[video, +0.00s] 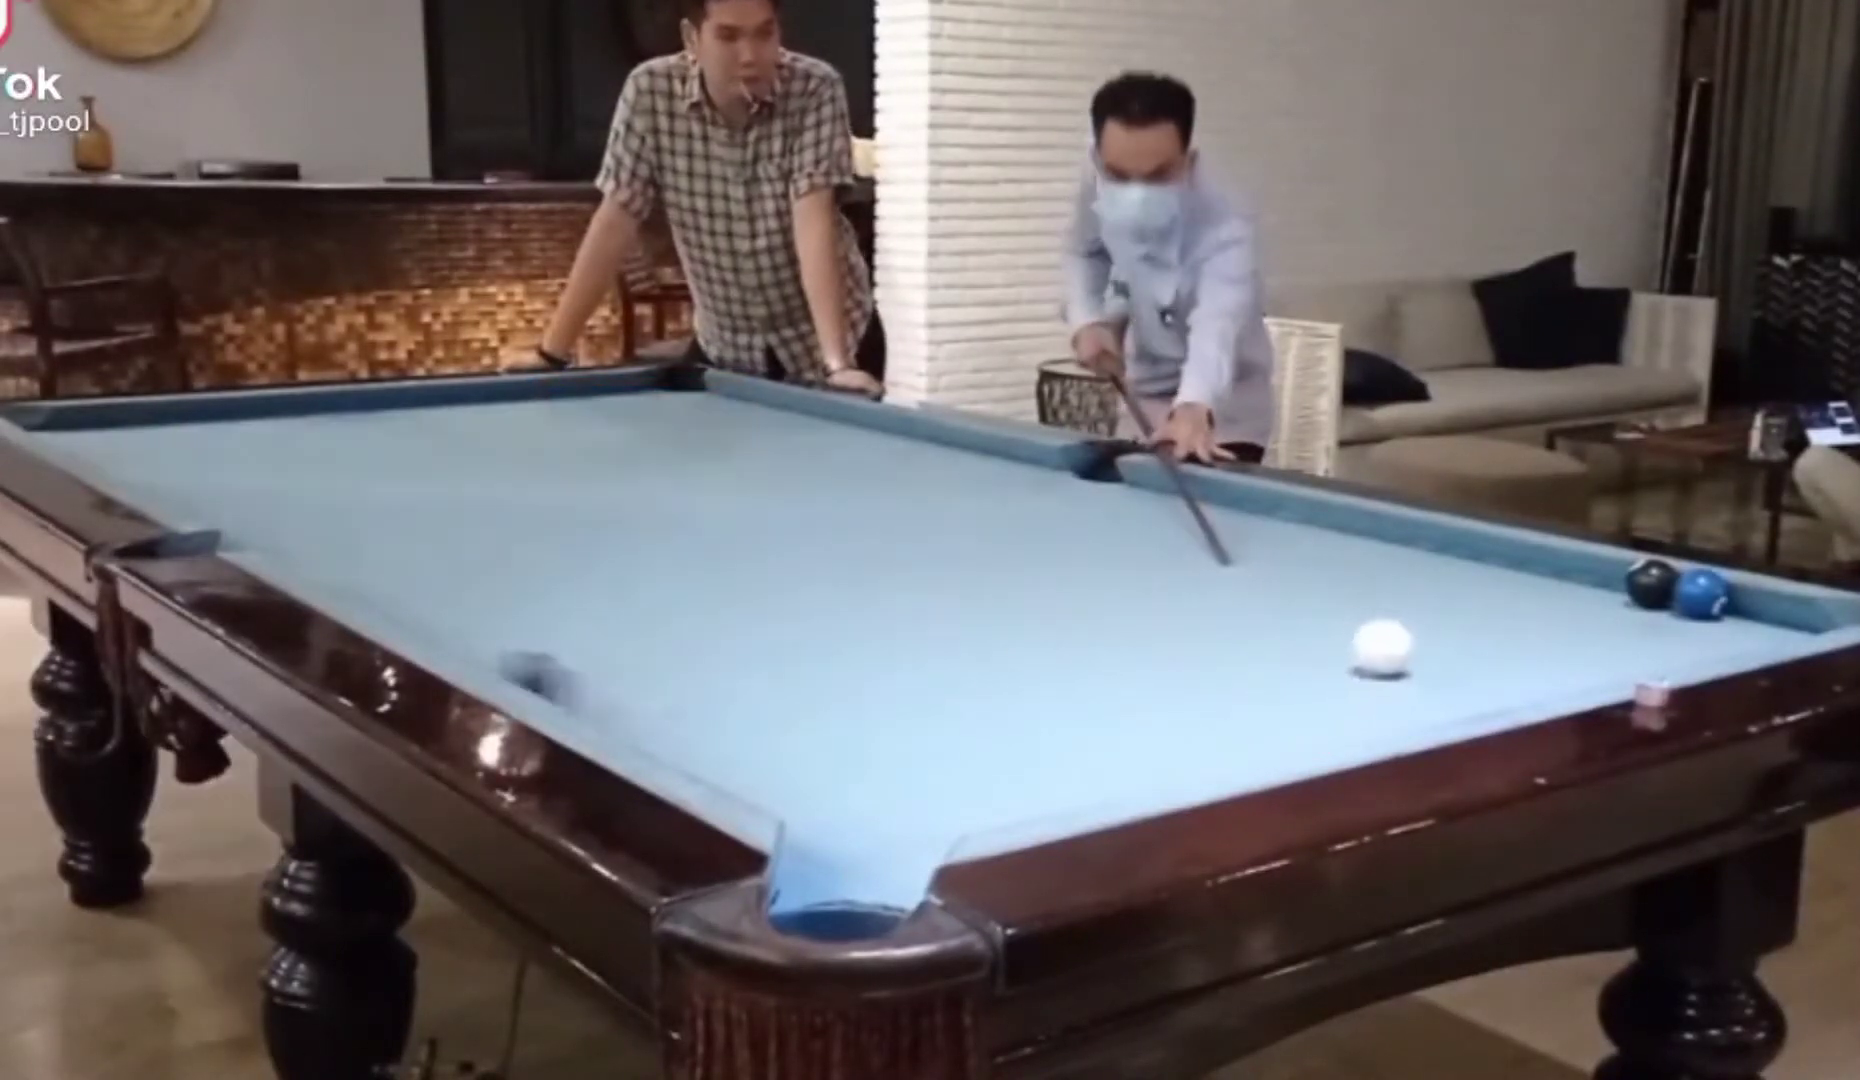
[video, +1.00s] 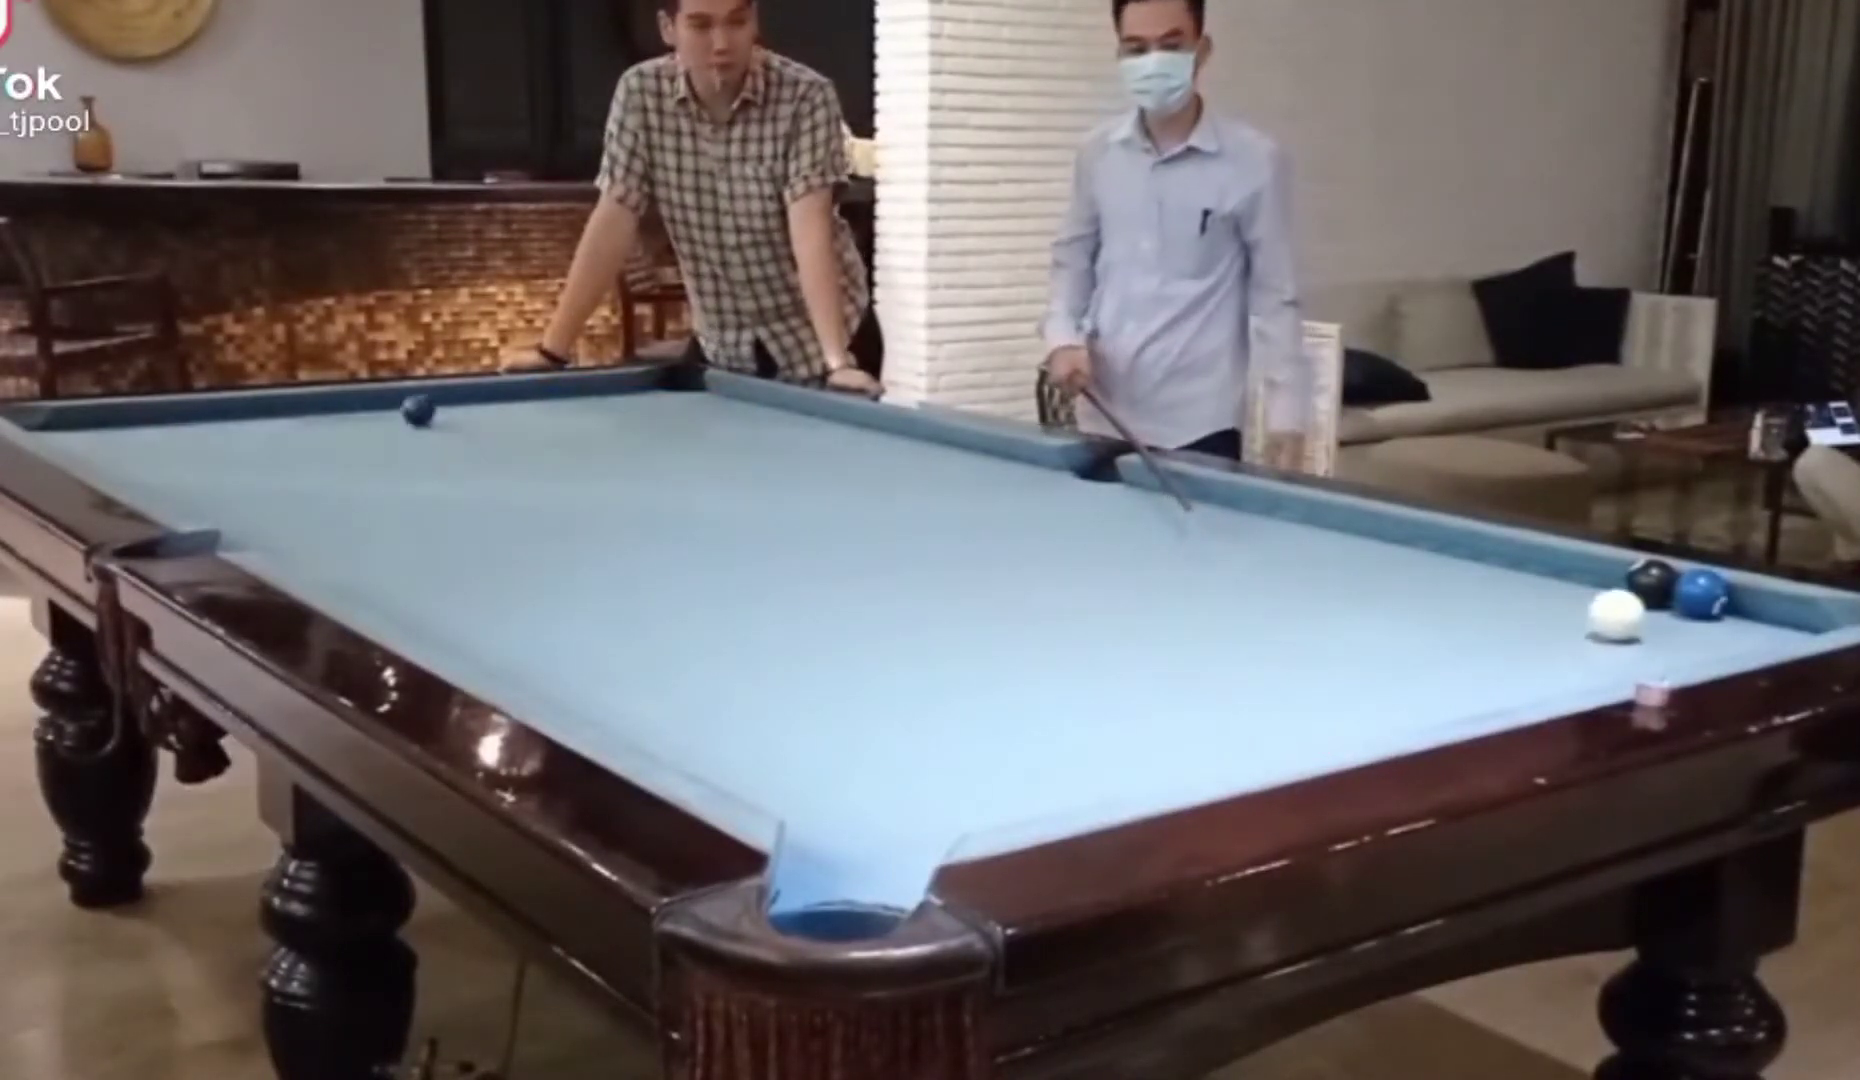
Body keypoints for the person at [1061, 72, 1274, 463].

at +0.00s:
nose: (1138, 195)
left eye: (1159, 177)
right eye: (1119, 177)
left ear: (1189, 161)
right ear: (1096, 160)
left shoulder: (1223, 226)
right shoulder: (1096, 198)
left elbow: (1218, 319)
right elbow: (1085, 254)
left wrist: (1194, 405)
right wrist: (1087, 323)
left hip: (1230, 387)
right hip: (1147, 382)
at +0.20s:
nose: (1127, 119)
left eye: (1148, 100)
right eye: (1111, 101)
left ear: (1185, 100)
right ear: (1095, 99)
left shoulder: (1226, 192)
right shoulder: (1103, 167)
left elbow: (1245, 328)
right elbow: (1092, 248)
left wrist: (1208, 429)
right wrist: (1092, 325)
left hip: (1218, 400)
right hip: (1136, 391)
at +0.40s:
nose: (1118, 83)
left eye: (1138, 62)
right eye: (1105, 65)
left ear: (1181, 66)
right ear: (1093, 68)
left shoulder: (1235, 167)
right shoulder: (1105, 154)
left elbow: (1256, 323)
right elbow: (1087, 250)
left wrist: (1266, 465)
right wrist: (1085, 328)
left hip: (1204, 421)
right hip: (1119, 412)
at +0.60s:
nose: (1122, 72)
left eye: (1142, 51)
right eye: (1109, 56)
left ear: (1184, 54)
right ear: (1098, 59)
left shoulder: (1246, 164)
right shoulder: (1104, 154)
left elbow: (1280, 307)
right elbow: (1083, 255)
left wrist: (1317, 409)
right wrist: (1076, 335)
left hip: (1200, 424)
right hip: (1108, 415)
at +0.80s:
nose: (1132, 68)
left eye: (1151, 47)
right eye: (1118, 51)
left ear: (1193, 51)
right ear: (1107, 56)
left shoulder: (1249, 161)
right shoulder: (1098, 155)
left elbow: (1286, 302)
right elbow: (1076, 257)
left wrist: (1323, 418)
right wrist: (1069, 338)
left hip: (1198, 422)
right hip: (1104, 414)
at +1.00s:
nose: (1154, 64)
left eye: (1172, 44)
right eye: (1136, 49)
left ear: (1202, 49)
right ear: (1119, 56)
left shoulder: (1252, 161)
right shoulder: (1098, 153)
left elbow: (1274, 301)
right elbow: (1072, 258)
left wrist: (1284, 426)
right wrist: (1064, 338)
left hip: (1199, 422)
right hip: (1102, 417)